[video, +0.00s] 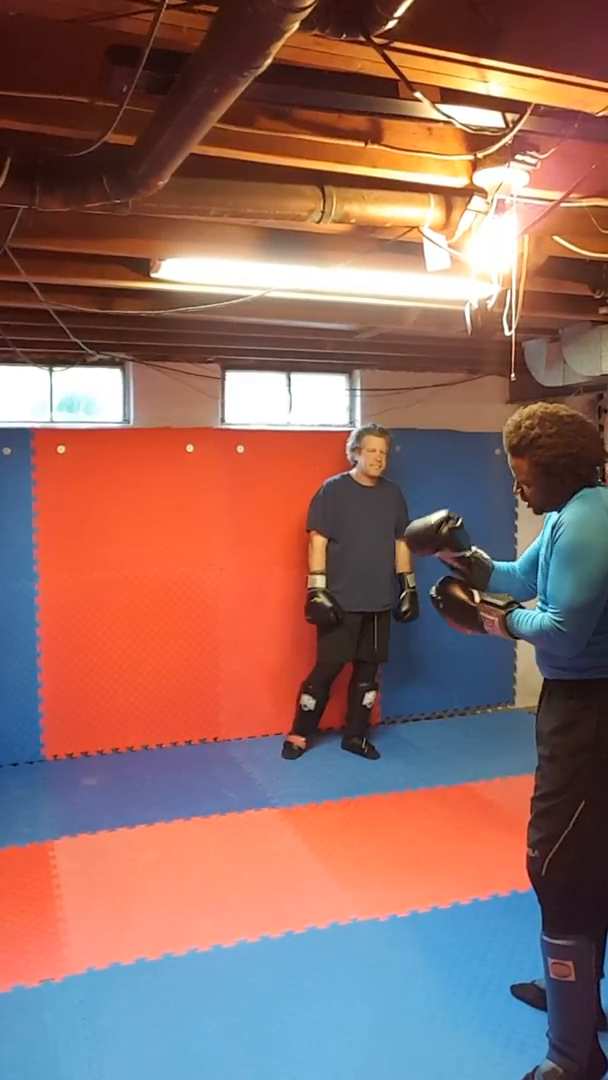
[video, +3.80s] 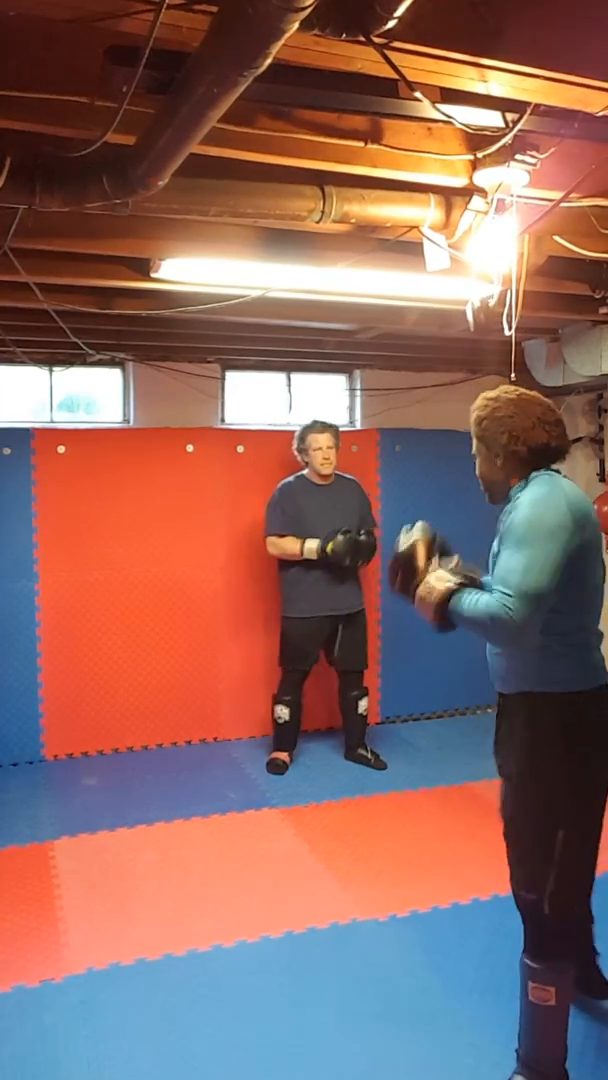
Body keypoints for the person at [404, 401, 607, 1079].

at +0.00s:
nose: (515, 482)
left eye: (521, 470)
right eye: (512, 470)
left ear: (555, 466)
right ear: (556, 466)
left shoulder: (584, 519)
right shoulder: (567, 514)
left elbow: (563, 624)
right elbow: (518, 580)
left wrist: (504, 616)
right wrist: (466, 557)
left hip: (584, 714)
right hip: (572, 705)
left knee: (563, 867)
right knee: (565, 854)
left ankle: (575, 1057)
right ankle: (575, 986)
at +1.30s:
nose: (520, 436)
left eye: (537, 427)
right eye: (516, 428)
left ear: (577, 442)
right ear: (508, 442)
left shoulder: (589, 494)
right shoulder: (499, 502)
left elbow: (597, 531)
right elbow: (423, 548)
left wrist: (568, 522)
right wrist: (419, 493)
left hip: (574, 710)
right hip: (510, 708)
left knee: (537, 880)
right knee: (497, 839)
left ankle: (542, 1065)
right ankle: (559, 965)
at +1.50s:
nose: (524, 439)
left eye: (538, 429)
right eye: (516, 429)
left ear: (566, 441)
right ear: (502, 442)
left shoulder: (589, 503)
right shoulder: (494, 498)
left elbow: (603, 517)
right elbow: (414, 515)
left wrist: (576, 434)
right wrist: (415, 456)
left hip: (570, 717)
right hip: (497, 710)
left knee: (542, 888)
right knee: (477, 843)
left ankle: (546, 1061)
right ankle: (503, 974)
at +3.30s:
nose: (460, 451)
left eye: (472, 438)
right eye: (463, 437)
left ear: (518, 445)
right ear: (498, 445)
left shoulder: (581, 510)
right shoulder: (481, 516)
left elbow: (598, 564)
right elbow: (447, 593)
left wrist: (596, 505)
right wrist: (380, 571)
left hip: (564, 727)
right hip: (486, 718)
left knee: (543, 901)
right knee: (455, 855)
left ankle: (542, 1067)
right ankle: (474, 973)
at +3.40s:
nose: (449, 459)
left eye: (461, 445)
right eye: (452, 445)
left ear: (509, 447)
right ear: (492, 449)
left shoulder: (588, 513)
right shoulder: (481, 522)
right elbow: (489, 598)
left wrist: (594, 609)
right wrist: (416, 612)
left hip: (568, 728)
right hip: (490, 719)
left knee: (548, 900)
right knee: (473, 860)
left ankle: (543, 1064)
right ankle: (478, 976)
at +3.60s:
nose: (453, 472)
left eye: (460, 457)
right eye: (453, 458)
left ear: (502, 454)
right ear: (497, 456)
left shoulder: (570, 515)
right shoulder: (502, 516)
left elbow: (606, 616)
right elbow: (506, 607)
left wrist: (550, 649)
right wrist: (437, 608)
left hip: (560, 728)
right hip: (503, 717)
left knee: (545, 890)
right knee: (505, 854)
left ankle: (544, 1065)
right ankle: (522, 967)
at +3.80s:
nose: (474, 462)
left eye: (479, 447)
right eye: (475, 447)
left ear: (506, 450)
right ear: (528, 446)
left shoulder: (545, 503)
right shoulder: (537, 502)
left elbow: (512, 615)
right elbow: (509, 591)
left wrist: (449, 596)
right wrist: (451, 569)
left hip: (555, 716)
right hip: (548, 710)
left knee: (543, 889)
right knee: (556, 876)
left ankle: (542, 1065)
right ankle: (585, 988)